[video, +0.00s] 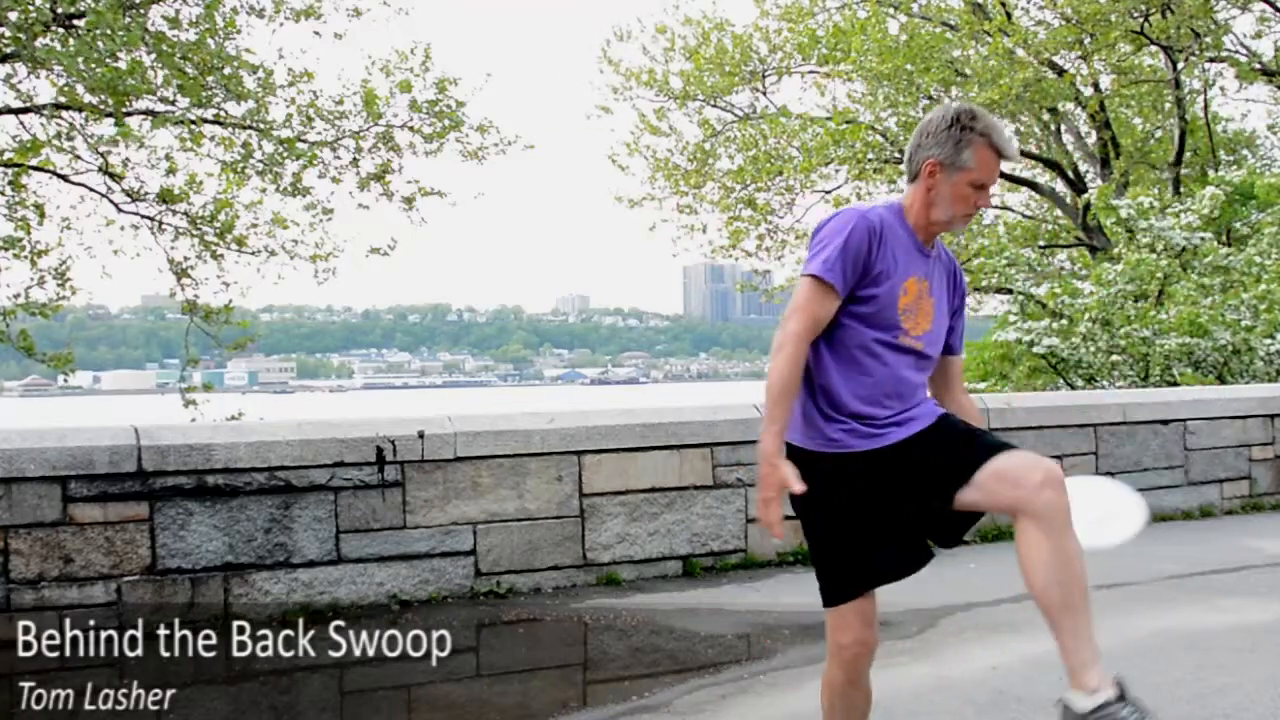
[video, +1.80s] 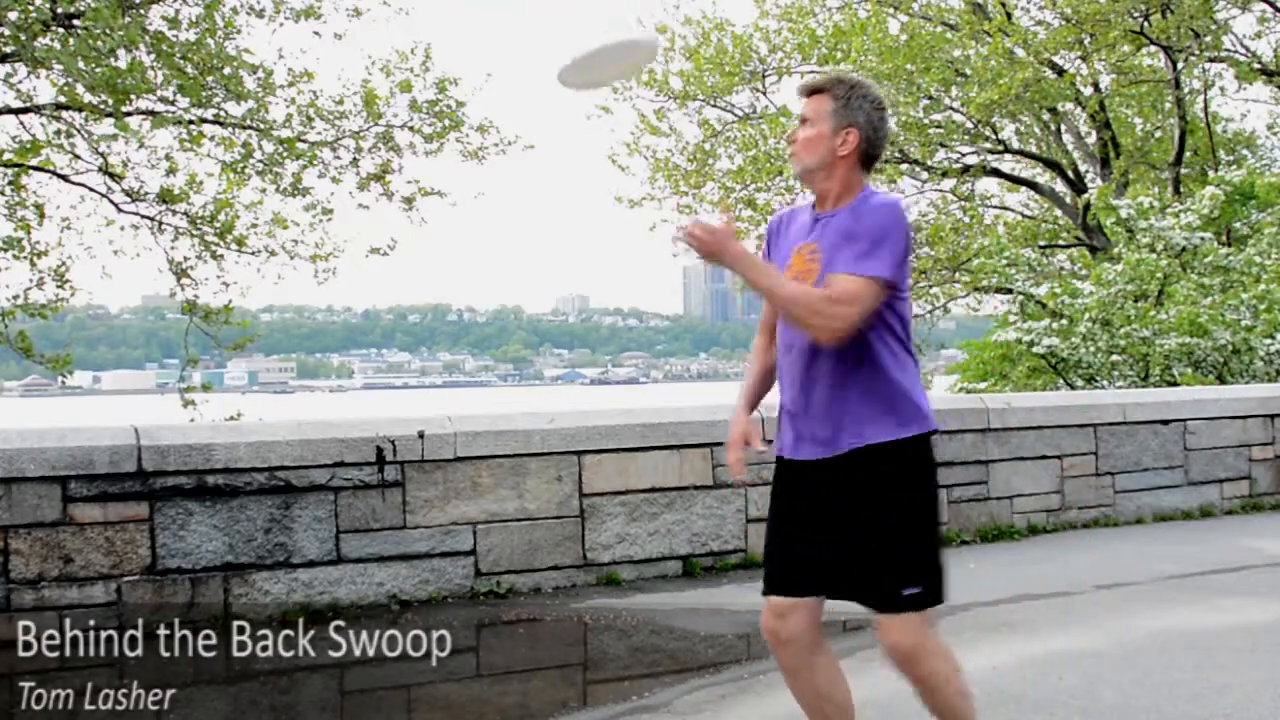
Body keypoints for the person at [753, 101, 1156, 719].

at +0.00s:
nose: (985, 203)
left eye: (990, 190)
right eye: (977, 186)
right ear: (930, 173)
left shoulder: (947, 276)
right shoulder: (858, 229)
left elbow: (949, 391)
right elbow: (794, 335)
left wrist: (1003, 479)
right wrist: (771, 452)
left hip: (914, 438)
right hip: (833, 455)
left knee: (1040, 484)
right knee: (852, 646)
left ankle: (1091, 689)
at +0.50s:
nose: (919, 187)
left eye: (931, 175)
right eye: (907, 170)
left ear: (941, 177)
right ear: (870, 160)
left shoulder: (930, 262)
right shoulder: (815, 229)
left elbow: (915, 371)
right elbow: (757, 338)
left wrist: (939, 457)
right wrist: (741, 451)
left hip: (908, 436)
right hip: (825, 453)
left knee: (1042, 478)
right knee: (846, 641)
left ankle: (1106, 685)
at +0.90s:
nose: (842, 135)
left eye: (859, 123)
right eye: (839, 122)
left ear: (904, 140)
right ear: (835, 130)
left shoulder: (938, 227)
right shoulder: (800, 210)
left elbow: (904, 325)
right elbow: (779, 328)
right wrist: (819, 435)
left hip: (928, 424)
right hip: (835, 435)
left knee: (1021, 553)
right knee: (847, 624)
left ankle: (1036, 715)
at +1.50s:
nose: (824, 118)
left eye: (840, 107)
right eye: (829, 106)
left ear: (884, 127)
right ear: (871, 127)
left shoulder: (942, 212)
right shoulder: (796, 215)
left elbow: (992, 317)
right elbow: (777, 327)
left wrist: (931, 356)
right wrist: (802, 416)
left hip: (928, 448)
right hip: (834, 451)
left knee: (957, 613)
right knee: (816, 621)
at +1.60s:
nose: (811, 122)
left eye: (827, 111)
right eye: (816, 110)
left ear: (870, 131)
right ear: (853, 131)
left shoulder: (925, 207)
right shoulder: (790, 215)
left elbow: (951, 326)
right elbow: (771, 325)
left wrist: (842, 318)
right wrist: (775, 407)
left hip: (916, 446)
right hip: (824, 449)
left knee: (950, 619)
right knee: (796, 621)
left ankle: (987, 719)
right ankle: (847, 719)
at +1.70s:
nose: (804, 126)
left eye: (819, 115)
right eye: (809, 114)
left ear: (862, 132)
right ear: (849, 133)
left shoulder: (911, 207)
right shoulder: (787, 221)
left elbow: (916, 327)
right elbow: (773, 320)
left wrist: (796, 294)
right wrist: (764, 404)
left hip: (908, 448)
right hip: (817, 450)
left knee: (942, 626)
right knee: (792, 621)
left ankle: (982, 719)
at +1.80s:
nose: (792, 134)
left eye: (806, 124)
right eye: (796, 123)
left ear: (846, 142)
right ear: (834, 143)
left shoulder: (881, 214)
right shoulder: (784, 224)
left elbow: (836, 319)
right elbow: (772, 331)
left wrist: (738, 258)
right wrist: (746, 407)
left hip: (886, 446)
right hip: (806, 450)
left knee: (906, 636)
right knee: (787, 625)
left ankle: (966, 715)